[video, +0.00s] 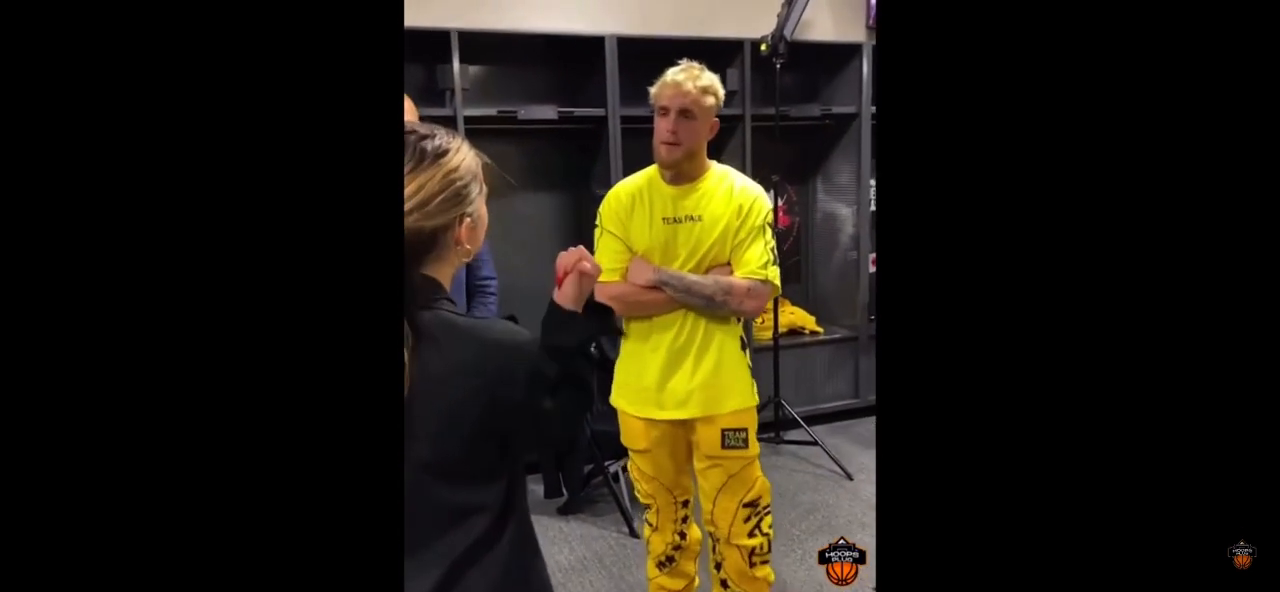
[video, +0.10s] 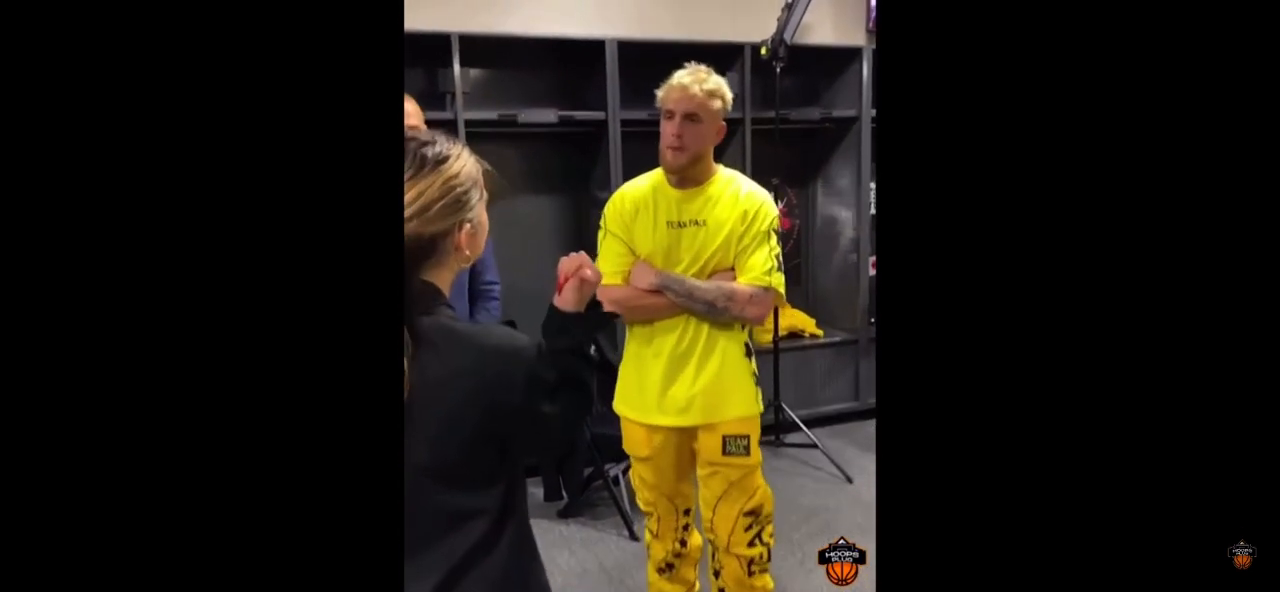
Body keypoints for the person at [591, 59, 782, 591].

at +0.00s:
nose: (668, 128)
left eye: (684, 116)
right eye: (661, 113)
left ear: (713, 126)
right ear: (651, 119)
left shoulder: (746, 198)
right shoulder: (621, 200)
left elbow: (752, 298)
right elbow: (611, 298)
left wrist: (653, 274)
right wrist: (705, 288)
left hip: (722, 390)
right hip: (643, 392)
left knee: (741, 539)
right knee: (665, 541)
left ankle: (745, 585)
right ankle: (670, 587)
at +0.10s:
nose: (673, 132)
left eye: (690, 120)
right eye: (667, 117)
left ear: (720, 129)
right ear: (657, 121)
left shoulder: (751, 203)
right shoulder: (626, 202)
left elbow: (757, 305)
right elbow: (613, 300)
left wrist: (657, 279)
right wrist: (709, 291)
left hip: (725, 395)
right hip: (646, 395)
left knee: (740, 544)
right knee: (666, 546)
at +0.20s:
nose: (682, 138)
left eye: (699, 126)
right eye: (676, 123)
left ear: (731, 138)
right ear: (667, 127)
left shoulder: (762, 213)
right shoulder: (636, 208)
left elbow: (760, 319)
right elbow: (615, 310)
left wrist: (661, 287)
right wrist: (716, 301)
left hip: (731, 411)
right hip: (648, 409)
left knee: (741, 558)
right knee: (661, 557)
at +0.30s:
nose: (685, 139)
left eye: (703, 127)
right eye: (681, 123)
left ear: (737, 139)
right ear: (672, 127)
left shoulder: (768, 215)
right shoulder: (641, 207)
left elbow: (763, 324)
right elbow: (618, 312)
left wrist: (665, 289)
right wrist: (719, 306)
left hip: (733, 420)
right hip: (648, 415)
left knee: (739, 566)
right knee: (651, 564)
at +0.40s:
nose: (684, 140)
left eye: (702, 128)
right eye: (679, 124)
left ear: (736, 141)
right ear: (671, 129)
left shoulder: (769, 215)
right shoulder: (642, 208)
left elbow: (762, 327)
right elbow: (618, 314)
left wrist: (664, 292)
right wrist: (719, 308)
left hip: (731, 421)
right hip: (646, 414)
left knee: (735, 562)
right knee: (637, 548)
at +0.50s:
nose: (680, 141)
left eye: (698, 129)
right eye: (676, 126)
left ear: (734, 141)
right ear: (667, 129)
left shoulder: (767, 217)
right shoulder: (641, 209)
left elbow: (757, 332)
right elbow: (617, 317)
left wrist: (661, 294)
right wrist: (714, 312)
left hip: (726, 420)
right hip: (645, 411)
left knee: (728, 556)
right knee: (625, 536)